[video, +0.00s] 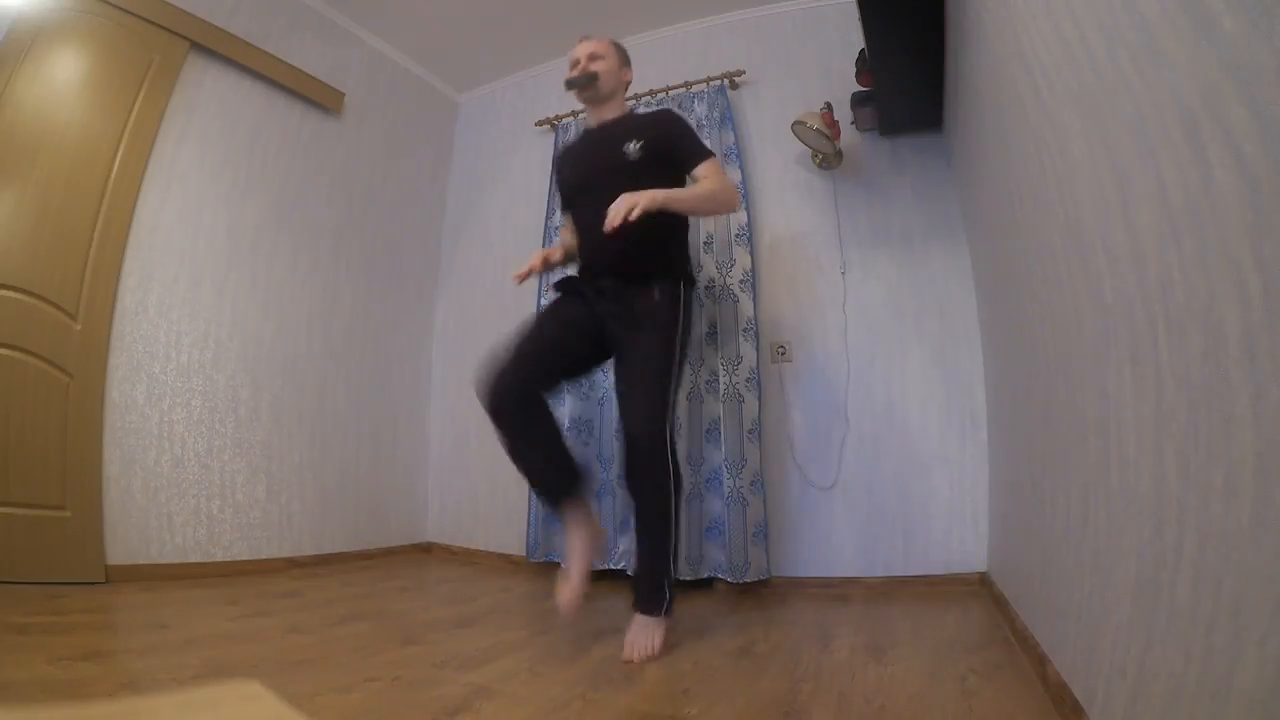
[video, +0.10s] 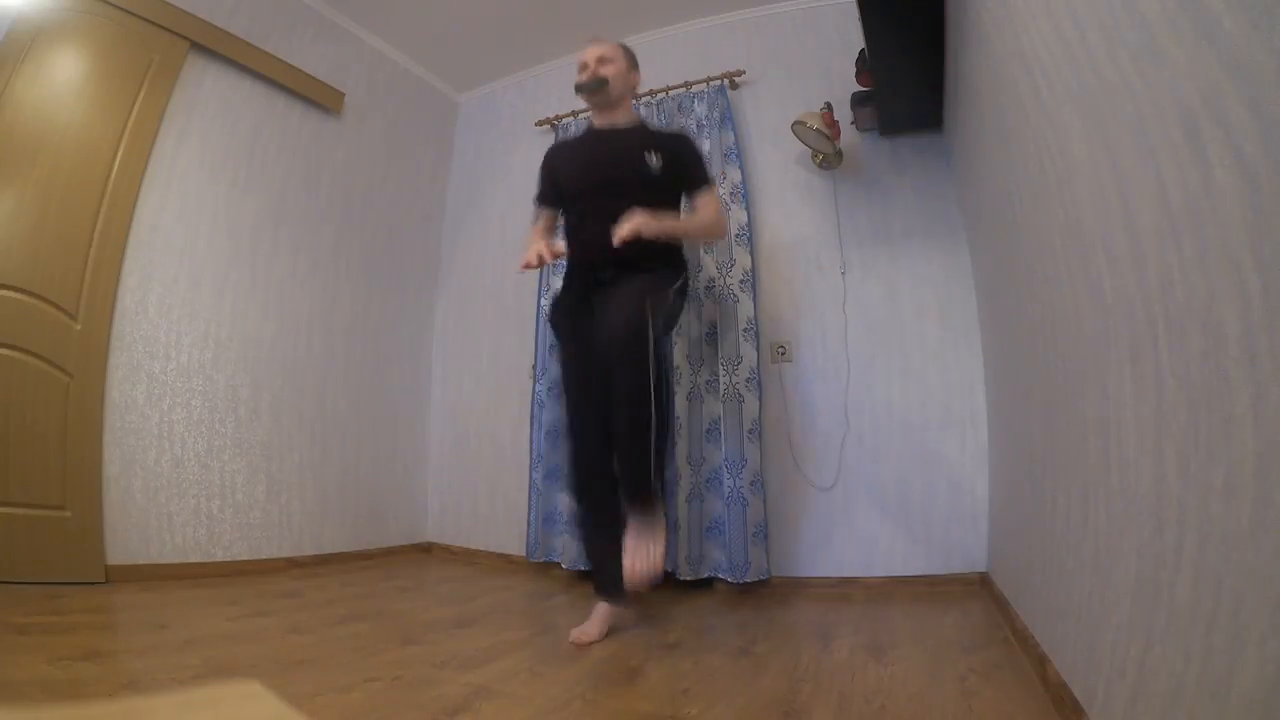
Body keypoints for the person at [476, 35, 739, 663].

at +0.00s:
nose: (581, 63)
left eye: (596, 55)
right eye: (574, 60)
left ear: (627, 76)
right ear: (569, 85)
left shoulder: (662, 126)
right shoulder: (569, 156)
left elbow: (725, 195)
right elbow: (577, 232)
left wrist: (657, 197)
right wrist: (554, 253)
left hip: (655, 300)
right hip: (589, 300)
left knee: (644, 442)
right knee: (507, 389)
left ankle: (651, 604)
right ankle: (577, 513)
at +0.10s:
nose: (592, 73)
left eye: (605, 62)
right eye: (582, 68)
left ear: (635, 78)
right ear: (575, 88)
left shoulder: (670, 146)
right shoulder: (561, 157)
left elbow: (714, 221)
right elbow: (544, 224)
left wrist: (657, 223)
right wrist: (540, 243)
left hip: (651, 281)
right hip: (583, 293)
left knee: (626, 326)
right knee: (590, 439)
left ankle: (644, 508)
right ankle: (609, 592)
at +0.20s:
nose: (592, 84)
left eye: (607, 76)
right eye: (584, 80)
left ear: (635, 96)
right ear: (576, 103)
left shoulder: (670, 162)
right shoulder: (559, 169)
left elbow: (709, 240)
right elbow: (522, 252)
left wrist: (671, 248)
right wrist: (515, 242)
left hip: (659, 306)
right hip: (591, 317)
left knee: (616, 257)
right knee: (597, 459)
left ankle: (634, 446)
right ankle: (621, 596)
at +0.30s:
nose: (586, 68)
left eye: (600, 59)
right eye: (579, 64)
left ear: (631, 78)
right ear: (575, 86)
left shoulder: (668, 131)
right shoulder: (568, 153)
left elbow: (725, 198)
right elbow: (549, 237)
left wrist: (670, 217)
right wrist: (540, 223)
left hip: (663, 274)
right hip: (599, 284)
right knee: (553, 409)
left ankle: (646, 521)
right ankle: (589, 561)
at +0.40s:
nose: (589, 73)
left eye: (605, 66)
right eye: (583, 69)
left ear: (634, 87)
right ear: (579, 96)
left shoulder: (662, 139)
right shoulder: (587, 168)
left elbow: (720, 206)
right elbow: (598, 255)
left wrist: (636, 207)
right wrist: (552, 260)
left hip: (661, 302)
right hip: (603, 301)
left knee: (655, 446)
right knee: (502, 311)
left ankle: (669, 600)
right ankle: (564, 452)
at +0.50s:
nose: (601, 90)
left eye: (616, 81)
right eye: (594, 86)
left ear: (647, 101)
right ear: (588, 110)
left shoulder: (665, 149)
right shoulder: (596, 180)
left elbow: (690, 203)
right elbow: (611, 270)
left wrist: (590, 161)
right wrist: (566, 266)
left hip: (663, 325)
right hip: (607, 315)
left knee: (663, 465)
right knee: (501, 304)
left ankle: (674, 604)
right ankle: (556, 444)